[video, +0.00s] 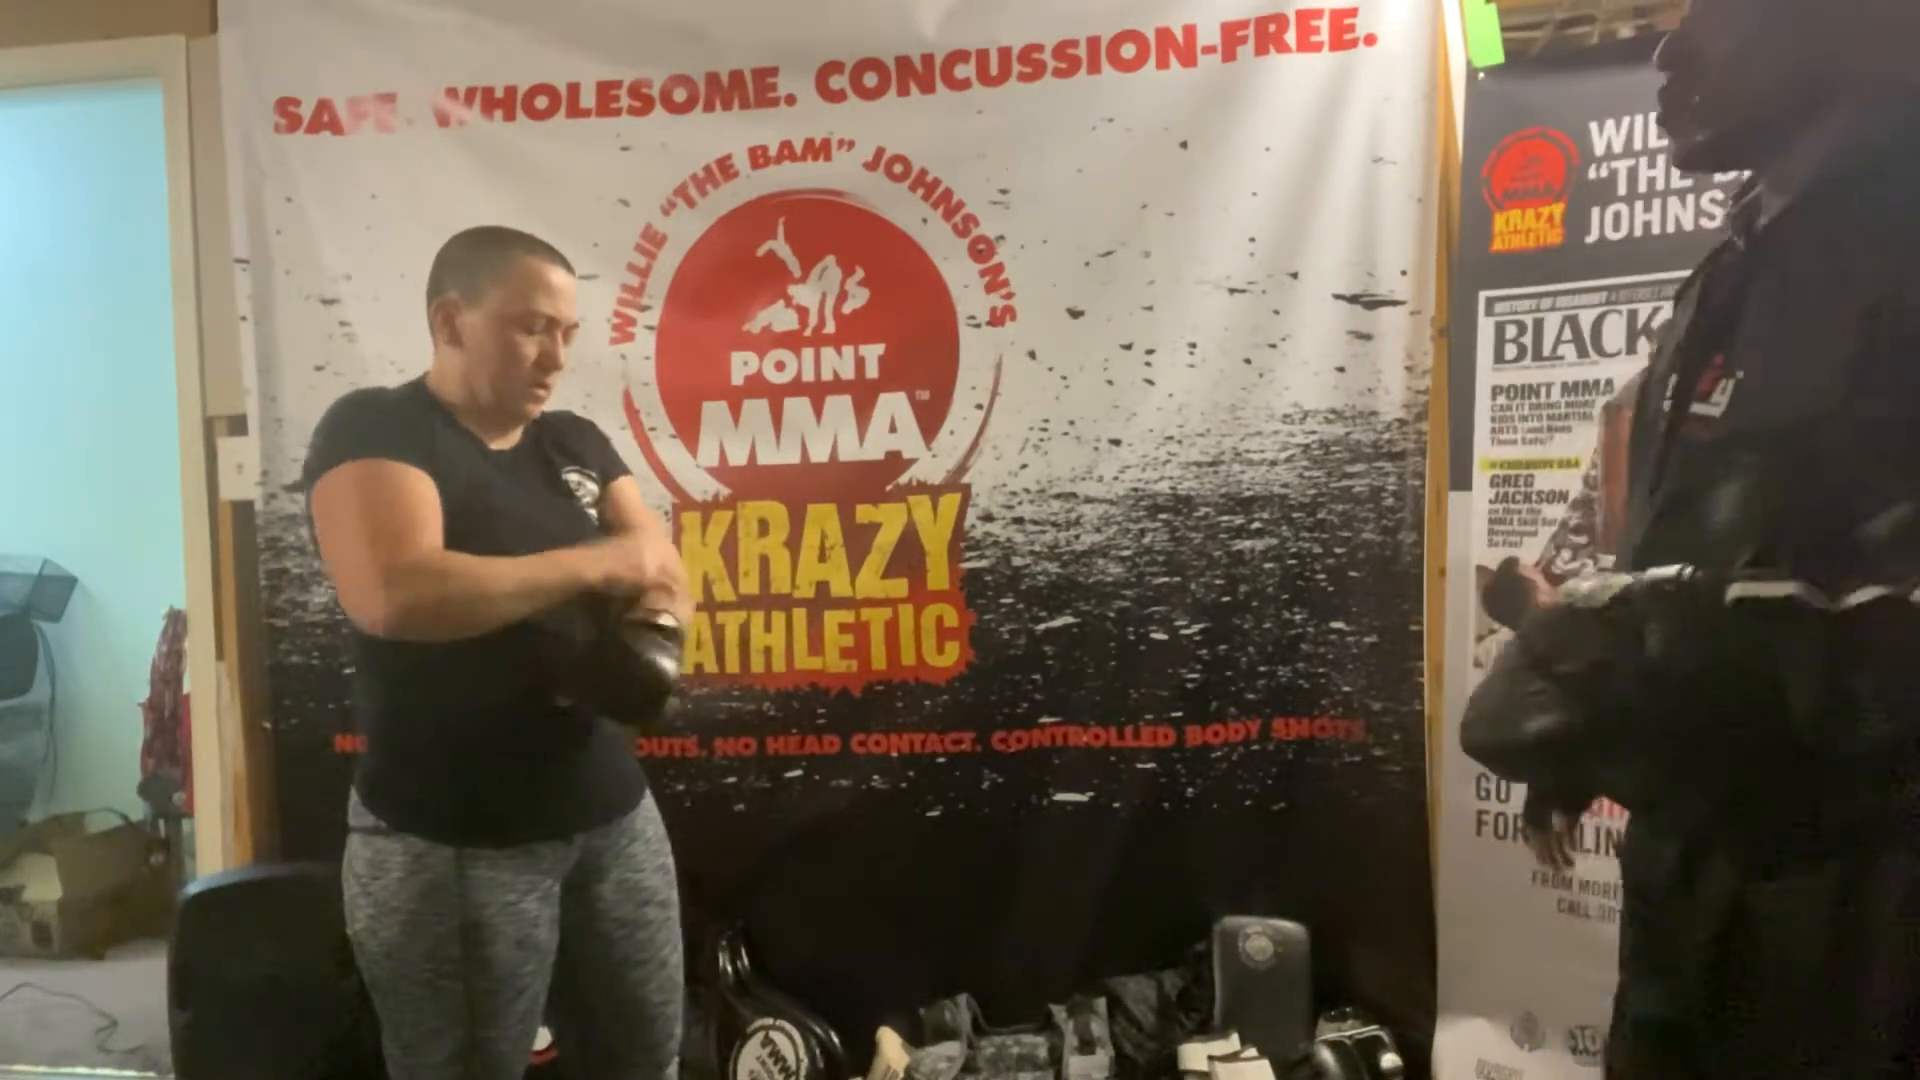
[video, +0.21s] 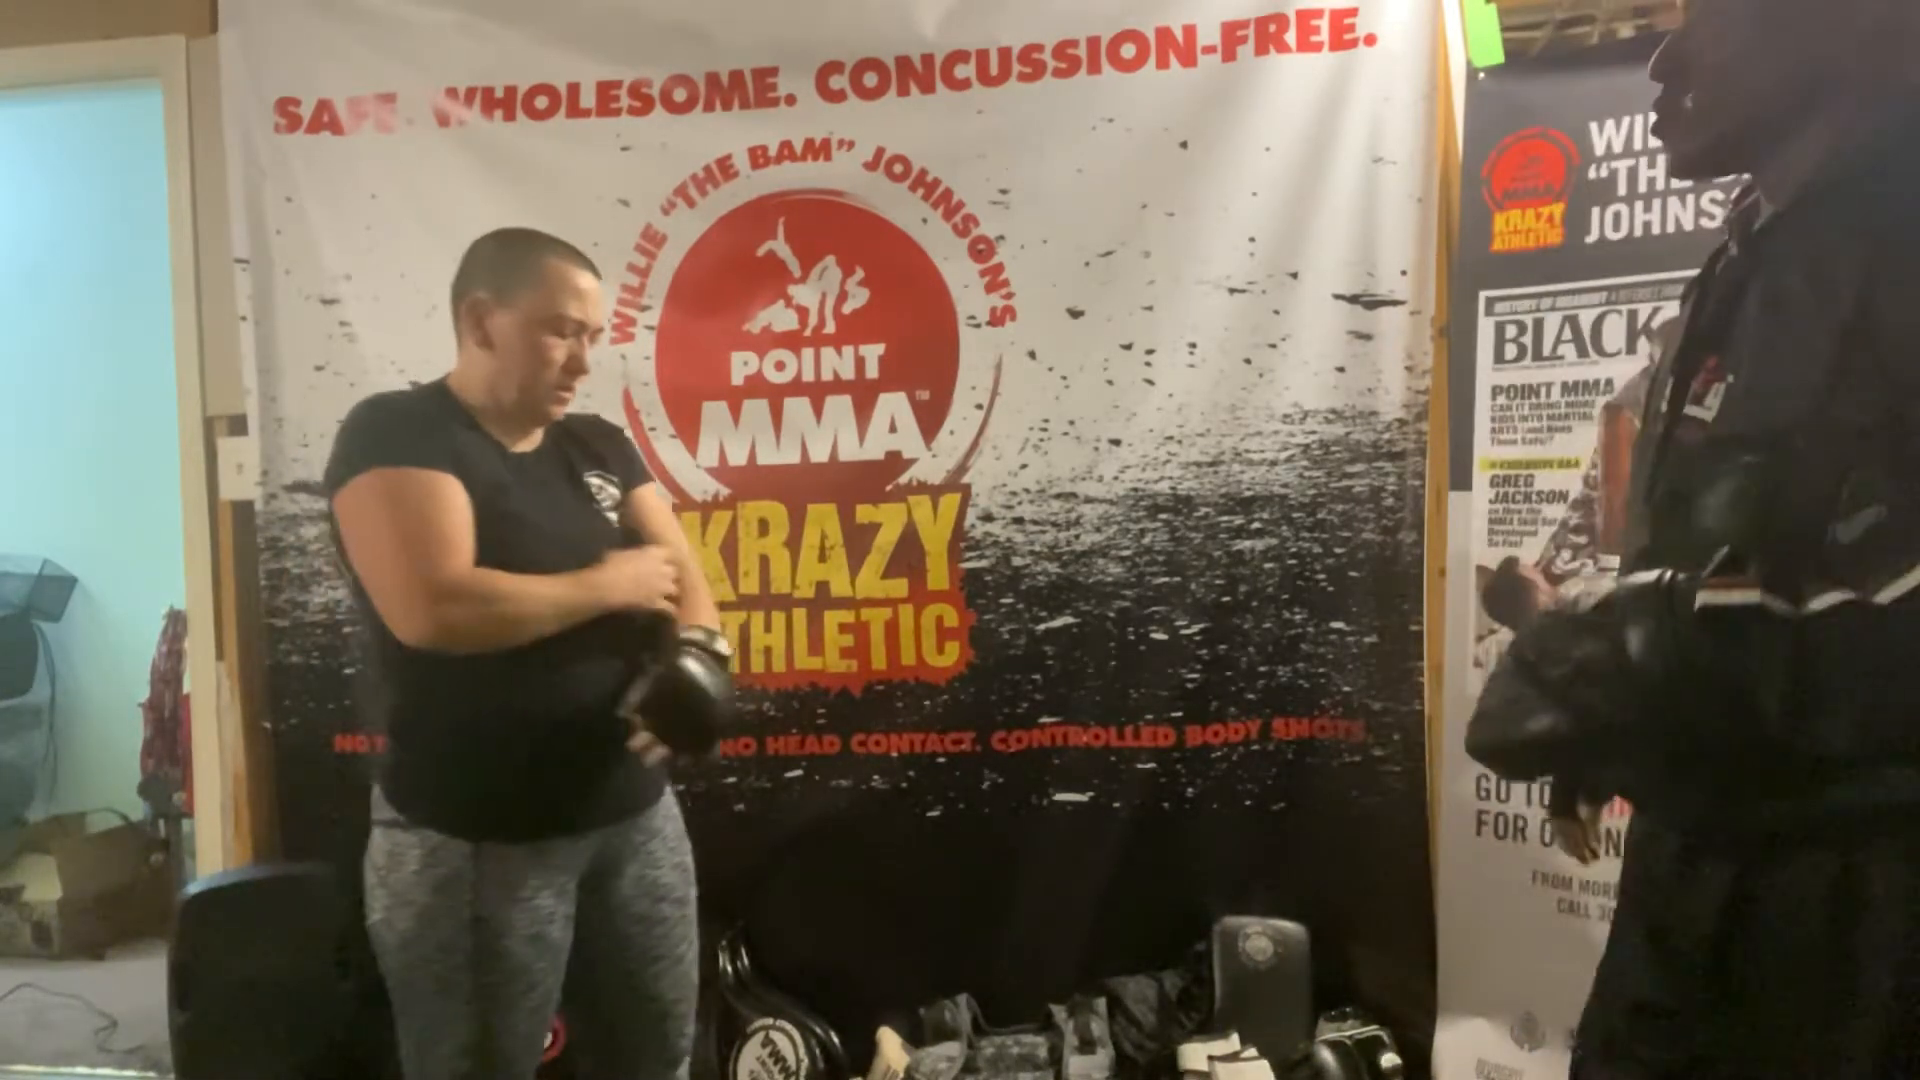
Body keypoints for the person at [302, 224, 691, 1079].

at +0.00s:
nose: (554, 356)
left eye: (564, 333)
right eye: (533, 327)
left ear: (570, 337)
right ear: (450, 318)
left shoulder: (573, 443)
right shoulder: (370, 430)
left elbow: (659, 565)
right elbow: (392, 594)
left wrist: (651, 633)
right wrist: (598, 561)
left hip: (611, 825)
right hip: (450, 850)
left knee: (641, 1063)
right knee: (467, 1066)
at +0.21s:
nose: (581, 360)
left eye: (590, 339)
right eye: (563, 331)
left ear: (594, 344)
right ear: (480, 320)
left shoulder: (595, 446)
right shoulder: (392, 433)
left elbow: (688, 581)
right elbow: (427, 607)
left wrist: (687, 678)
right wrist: (608, 583)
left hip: (633, 824)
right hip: (469, 846)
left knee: (650, 1065)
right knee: (475, 1066)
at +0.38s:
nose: (609, 356)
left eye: (617, 335)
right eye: (590, 329)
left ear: (621, 340)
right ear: (508, 318)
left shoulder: (625, 448)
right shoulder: (421, 433)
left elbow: (704, 587)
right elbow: (449, 610)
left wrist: (736, 656)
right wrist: (634, 589)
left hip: (653, 825)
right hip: (490, 842)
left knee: (656, 1064)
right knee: (493, 1068)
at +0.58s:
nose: (636, 357)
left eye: (646, 335)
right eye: (613, 329)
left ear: (654, 339)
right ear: (535, 321)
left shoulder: (652, 453)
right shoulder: (451, 432)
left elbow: (718, 599)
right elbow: (462, 606)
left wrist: (774, 646)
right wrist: (665, 595)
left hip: (670, 825)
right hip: (509, 838)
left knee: (653, 1066)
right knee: (500, 1068)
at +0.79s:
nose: (657, 365)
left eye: (669, 344)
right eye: (638, 337)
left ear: (674, 345)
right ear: (563, 324)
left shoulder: (668, 452)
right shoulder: (477, 429)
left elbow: (736, 602)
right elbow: (496, 598)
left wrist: (784, 631)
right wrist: (688, 606)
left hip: (683, 821)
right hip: (525, 832)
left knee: (663, 1065)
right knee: (514, 1067)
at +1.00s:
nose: (668, 367)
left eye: (680, 346)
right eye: (648, 339)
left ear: (687, 345)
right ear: (574, 325)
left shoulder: (682, 453)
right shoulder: (487, 427)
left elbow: (748, 591)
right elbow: (477, 602)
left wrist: (807, 638)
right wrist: (679, 638)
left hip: (690, 822)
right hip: (532, 831)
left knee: (667, 1065)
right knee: (520, 1066)